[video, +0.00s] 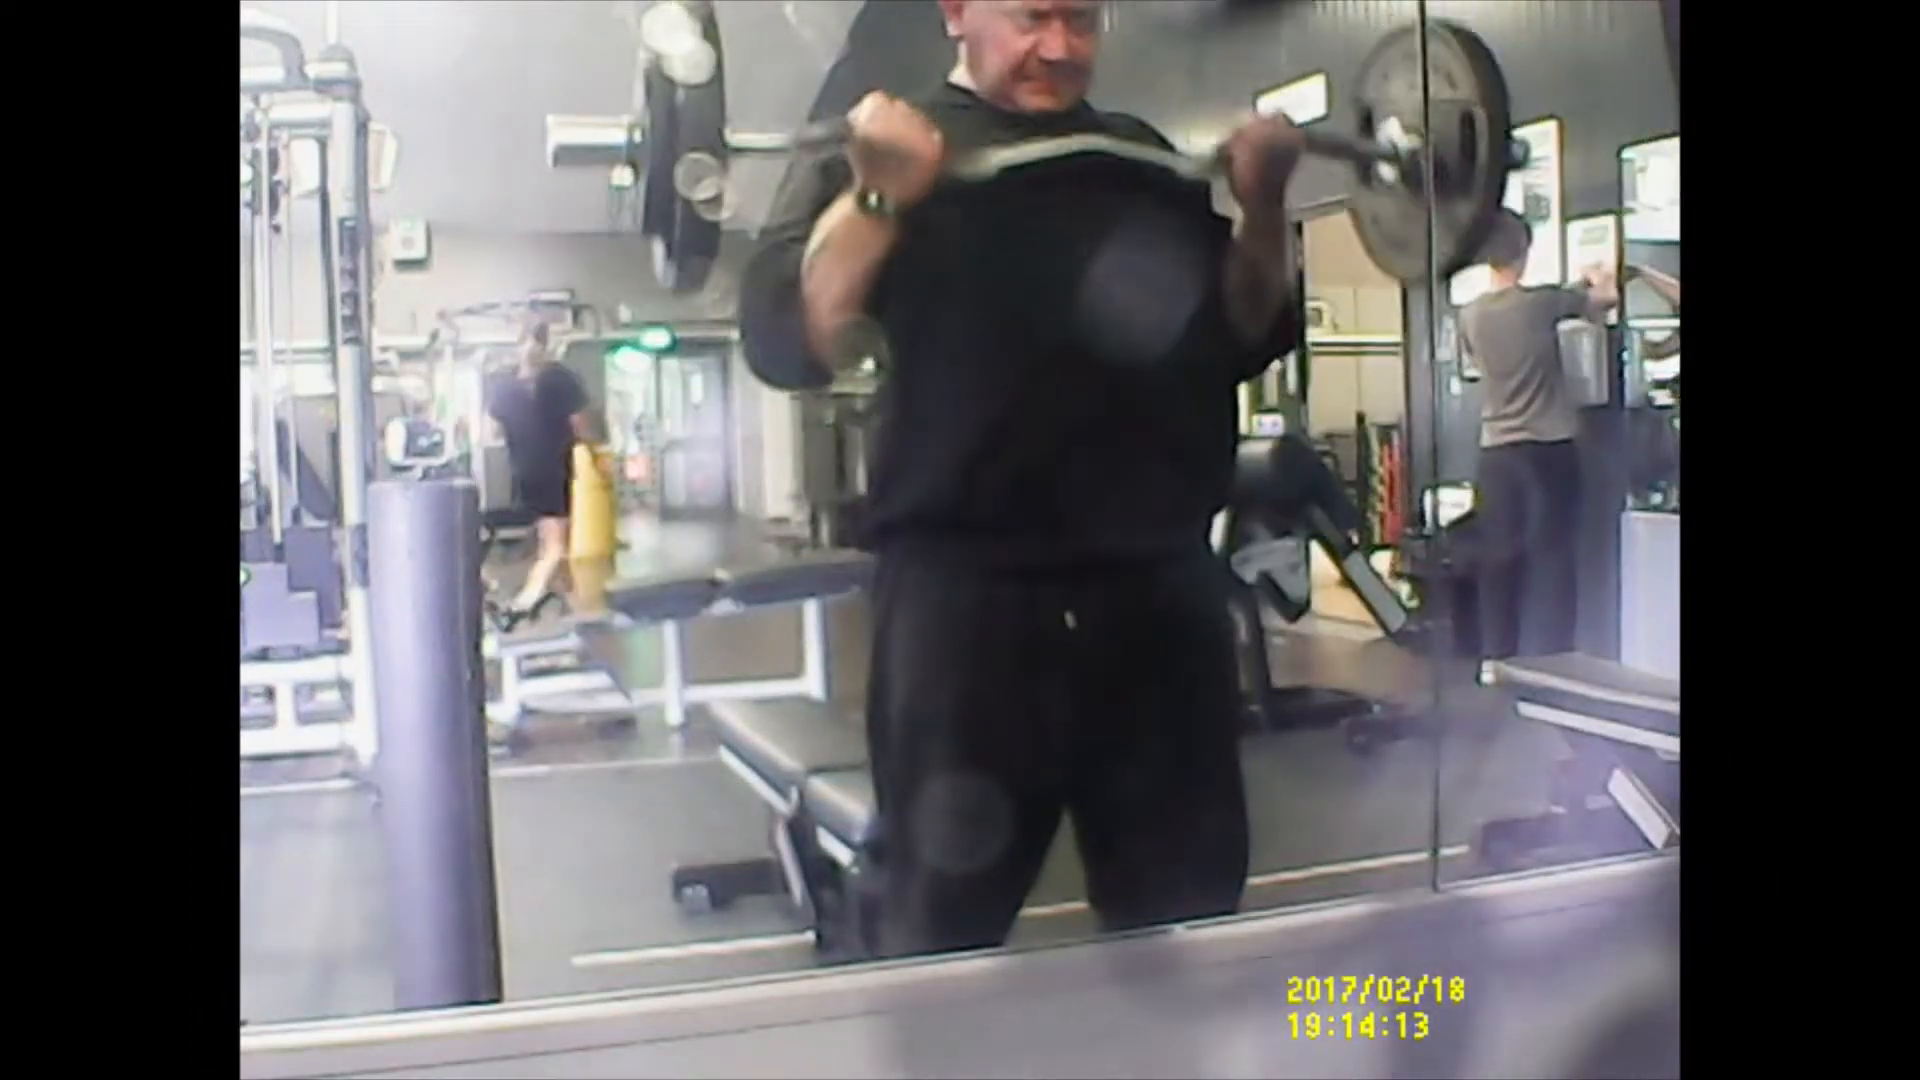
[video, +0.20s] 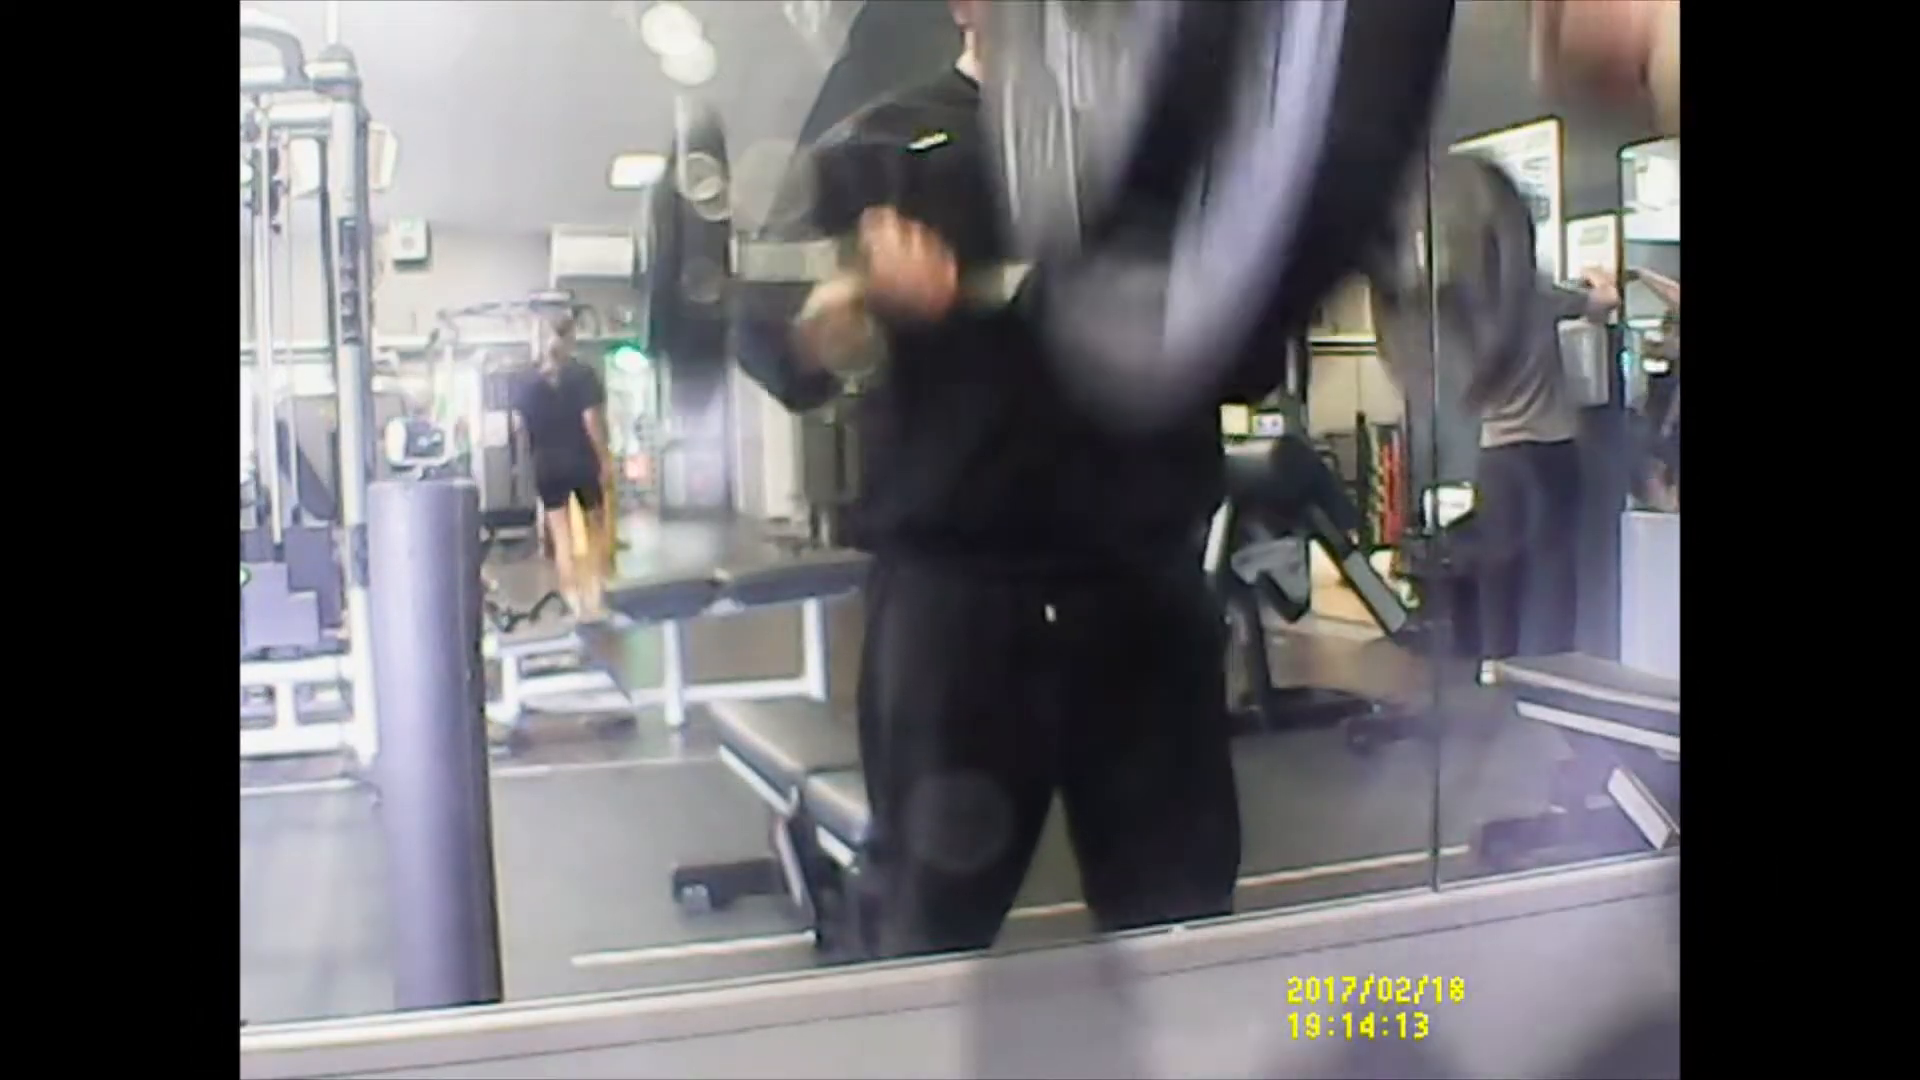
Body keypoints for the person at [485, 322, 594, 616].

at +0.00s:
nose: (533, 349)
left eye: (531, 343)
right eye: (535, 343)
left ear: (518, 347)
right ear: (546, 345)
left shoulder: (503, 383)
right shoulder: (559, 378)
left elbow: (492, 431)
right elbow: (580, 424)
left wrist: (516, 429)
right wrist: (597, 452)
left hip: (524, 466)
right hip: (555, 464)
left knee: (550, 539)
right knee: (555, 545)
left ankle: (571, 601)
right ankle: (520, 607)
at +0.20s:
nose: (567, 347)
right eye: (568, 342)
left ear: (541, 345)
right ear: (568, 343)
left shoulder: (527, 379)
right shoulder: (581, 374)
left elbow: (520, 425)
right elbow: (590, 420)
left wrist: (525, 455)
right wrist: (604, 457)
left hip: (546, 460)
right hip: (580, 456)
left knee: (562, 538)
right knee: (596, 529)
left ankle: (574, 606)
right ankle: (595, 600)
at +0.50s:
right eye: (598, 350)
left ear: (571, 350)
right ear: (597, 350)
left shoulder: (552, 384)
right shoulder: (605, 382)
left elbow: (542, 424)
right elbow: (613, 428)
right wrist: (623, 463)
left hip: (565, 469)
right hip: (602, 469)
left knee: (572, 541)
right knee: (602, 540)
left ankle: (574, 609)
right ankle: (597, 606)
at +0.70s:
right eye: (602, 350)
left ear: (581, 359)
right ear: (609, 354)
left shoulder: (571, 384)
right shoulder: (626, 383)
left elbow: (568, 425)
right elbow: (640, 428)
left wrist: (574, 454)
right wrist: (645, 463)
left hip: (587, 459)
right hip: (618, 458)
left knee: (599, 526)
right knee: (616, 526)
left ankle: (604, 579)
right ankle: (616, 580)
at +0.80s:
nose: (600, 363)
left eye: (600, 358)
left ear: (595, 355)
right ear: (620, 353)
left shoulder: (583, 382)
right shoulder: (634, 381)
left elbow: (570, 421)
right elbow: (646, 420)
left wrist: (571, 437)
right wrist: (646, 447)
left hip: (594, 446)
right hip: (625, 446)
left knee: (603, 507)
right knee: (620, 503)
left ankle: (606, 553)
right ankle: (616, 558)